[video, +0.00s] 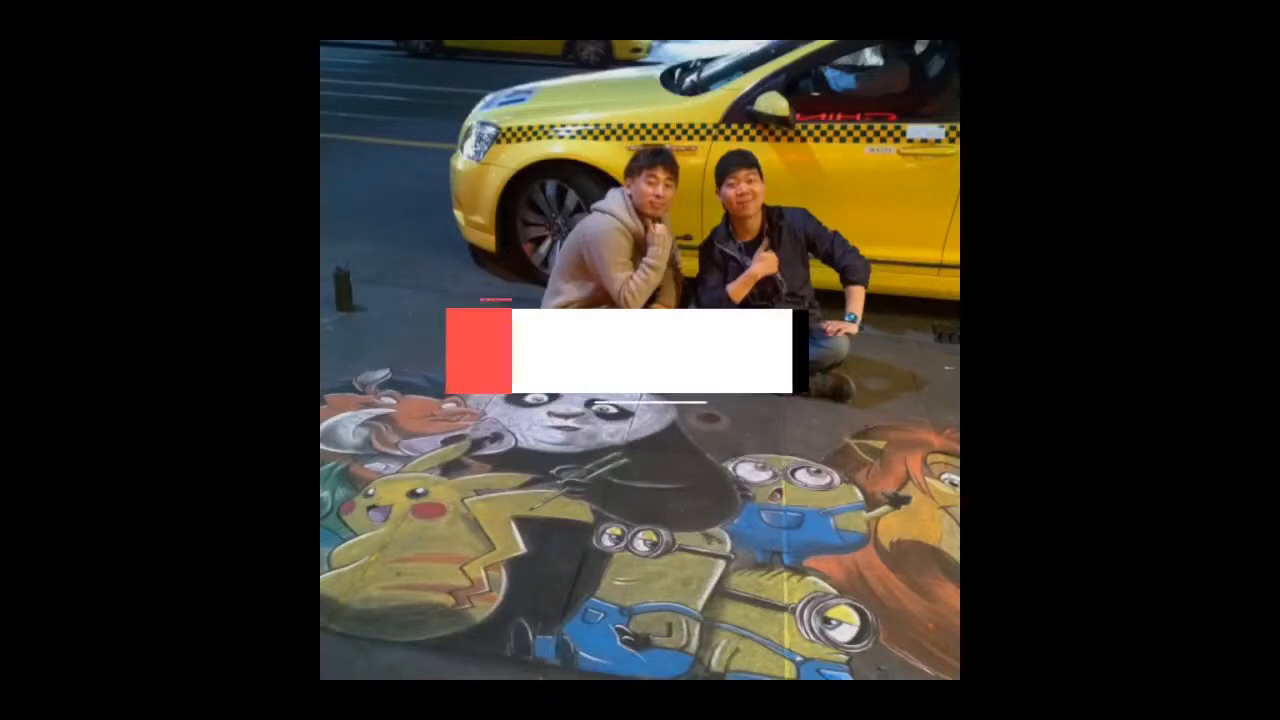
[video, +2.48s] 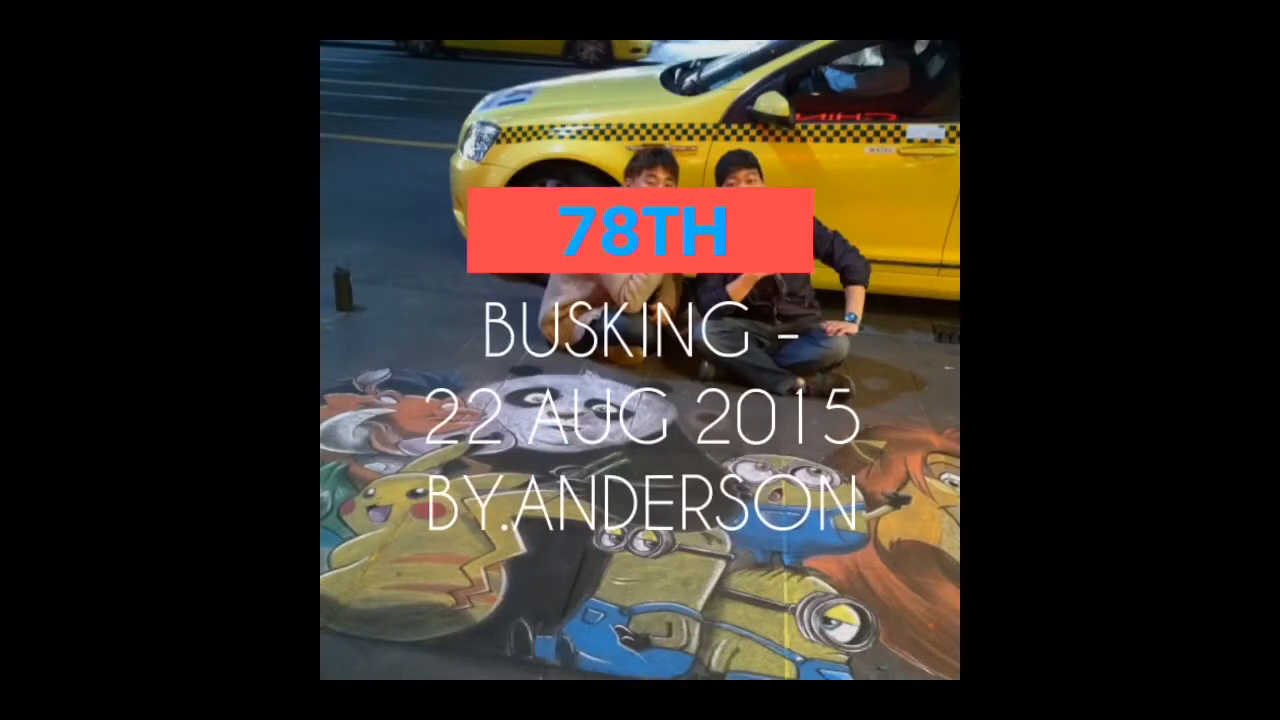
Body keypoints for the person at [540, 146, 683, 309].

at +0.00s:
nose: (660, 193)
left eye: (668, 185)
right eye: (651, 183)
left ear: (675, 192)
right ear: (629, 184)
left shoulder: (656, 220)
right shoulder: (604, 228)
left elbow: (669, 270)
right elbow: (628, 300)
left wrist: (663, 306)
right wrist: (658, 251)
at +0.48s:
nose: (660, 193)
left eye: (668, 185)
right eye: (651, 183)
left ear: (675, 193)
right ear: (629, 185)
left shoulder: (657, 222)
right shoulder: (606, 229)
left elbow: (673, 282)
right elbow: (627, 298)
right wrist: (657, 254)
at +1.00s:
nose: (659, 191)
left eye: (668, 184)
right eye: (651, 181)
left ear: (674, 190)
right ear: (629, 182)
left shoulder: (654, 224)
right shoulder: (605, 221)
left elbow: (668, 279)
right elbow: (629, 300)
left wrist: (665, 305)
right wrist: (664, 248)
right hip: (565, 319)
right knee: (637, 327)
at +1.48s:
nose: (659, 191)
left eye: (668, 184)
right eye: (651, 181)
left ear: (675, 190)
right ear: (629, 182)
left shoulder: (654, 224)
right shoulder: (604, 222)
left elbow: (668, 278)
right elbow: (629, 300)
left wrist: (665, 305)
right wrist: (664, 247)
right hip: (566, 319)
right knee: (639, 327)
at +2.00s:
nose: (659, 191)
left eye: (668, 184)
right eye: (651, 181)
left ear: (675, 190)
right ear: (629, 182)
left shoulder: (656, 224)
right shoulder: (604, 222)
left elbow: (669, 278)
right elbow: (629, 300)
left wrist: (665, 305)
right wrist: (664, 249)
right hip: (566, 319)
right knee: (639, 327)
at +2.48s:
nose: (659, 191)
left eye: (668, 184)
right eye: (651, 181)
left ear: (675, 190)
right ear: (629, 182)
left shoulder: (656, 224)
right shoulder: (605, 222)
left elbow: (669, 278)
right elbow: (629, 300)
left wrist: (665, 305)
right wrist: (664, 248)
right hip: (565, 318)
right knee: (636, 327)